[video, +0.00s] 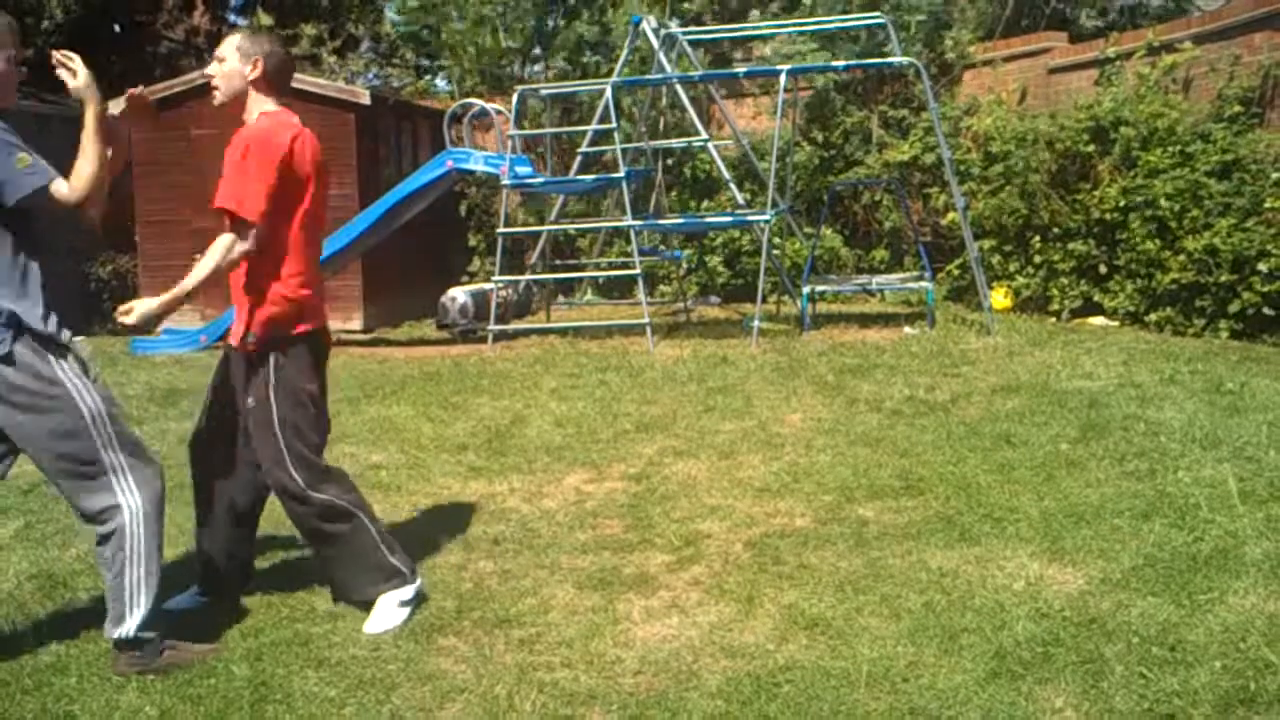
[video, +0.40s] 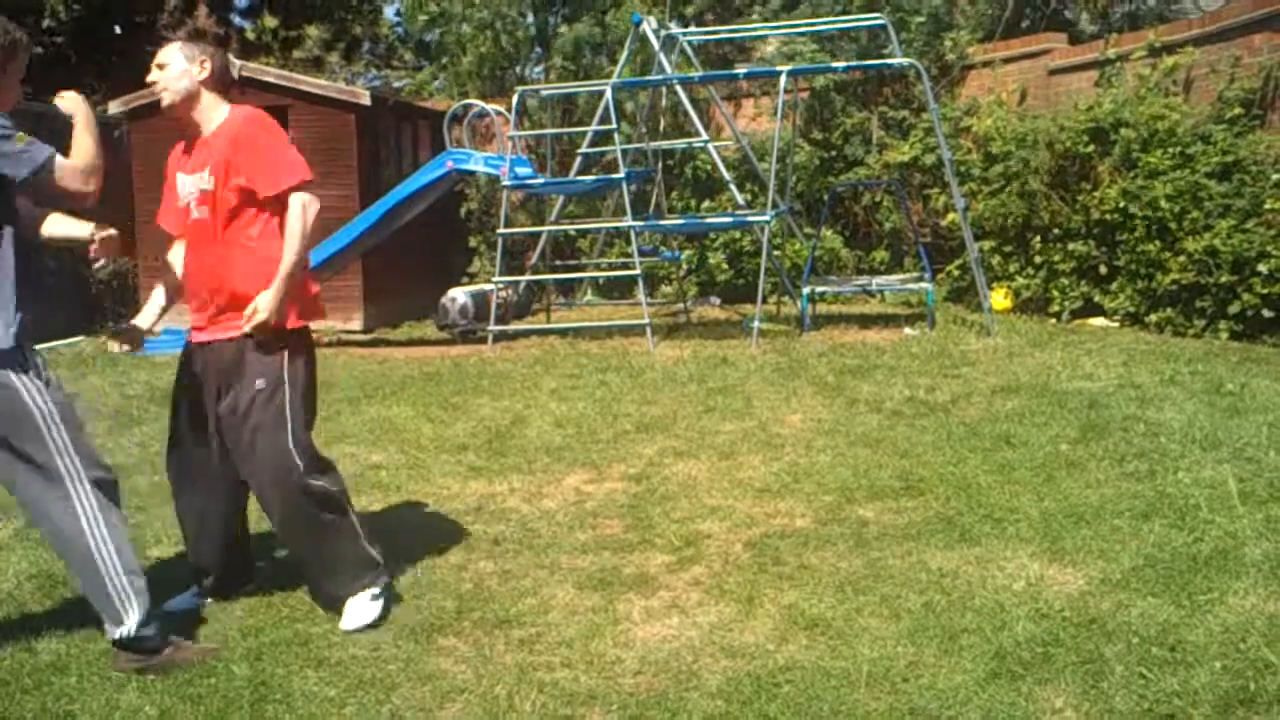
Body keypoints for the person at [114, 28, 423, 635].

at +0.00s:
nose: (210, 73)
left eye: (220, 62)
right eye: (214, 61)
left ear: (252, 70)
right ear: (259, 73)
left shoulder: (264, 132)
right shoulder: (294, 133)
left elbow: (239, 239)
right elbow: (295, 239)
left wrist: (162, 301)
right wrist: (249, 316)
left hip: (280, 331)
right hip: (262, 330)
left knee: (295, 470)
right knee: (218, 452)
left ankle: (394, 581)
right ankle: (219, 585)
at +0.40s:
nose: (154, 78)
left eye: (164, 67)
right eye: (154, 68)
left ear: (202, 70)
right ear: (188, 76)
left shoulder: (249, 125)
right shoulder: (182, 154)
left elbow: (304, 201)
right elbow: (183, 246)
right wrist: (146, 315)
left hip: (264, 334)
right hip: (206, 340)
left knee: (281, 463)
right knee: (196, 463)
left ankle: (362, 579)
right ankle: (220, 575)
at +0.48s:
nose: (154, 77)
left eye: (165, 65)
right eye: (154, 67)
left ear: (204, 68)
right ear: (181, 73)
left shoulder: (270, 128)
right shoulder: (159, 156)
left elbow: (332, 195)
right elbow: (134, 233)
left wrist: (308, 271)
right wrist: (115, 254)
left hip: (270, 327)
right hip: (201, 336)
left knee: (285, 463)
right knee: (187, 463)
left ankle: (342, 585)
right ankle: (222, 574)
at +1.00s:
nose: (107, 99)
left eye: (119, 90)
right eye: (108, 89)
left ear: (160, 100)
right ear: (153, 102)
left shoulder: (170, 157)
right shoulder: (189, 153)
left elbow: (114, 245)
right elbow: (247, 218)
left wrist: (34, 277)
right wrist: (254, 262)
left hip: (198, 363)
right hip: (146, 358)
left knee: (242, 488)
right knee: (89, 484)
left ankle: (333, 591)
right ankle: (101, 602)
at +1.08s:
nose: (102, 86)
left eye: (115, 78)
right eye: (103, 76)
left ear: (157, 90)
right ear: (140, 90)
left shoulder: (182, 153)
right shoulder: (140, 158)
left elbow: (154, 251)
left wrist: (69, 299)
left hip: (193, 358)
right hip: (131, 358)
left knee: (246, 482)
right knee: (87, 484)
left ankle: (331, 589)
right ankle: (101, 602)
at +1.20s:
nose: (126, 81)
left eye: (140, 72)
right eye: (122, 69)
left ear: (181, 81)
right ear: (120, 73)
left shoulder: (225, 157)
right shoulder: (115, 122)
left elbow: (249, 250)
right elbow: (62, 142)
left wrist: (196, 320)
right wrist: (8, 138)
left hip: (200, 350)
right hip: (116, 352)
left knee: (258, 471)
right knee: (101, 486)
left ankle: (323, 586)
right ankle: (106, 604)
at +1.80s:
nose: (232, 67)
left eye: (243, 53)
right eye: (227, 55)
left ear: (278, 54)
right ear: (230, 61)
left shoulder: (318, 114)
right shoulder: (263, 129)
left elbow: (330, 93)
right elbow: (296, 225)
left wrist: (289, 44)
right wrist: (271, 264)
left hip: (343, 338)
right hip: (296, 341)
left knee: (354, 482)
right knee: (273, 482)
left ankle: (492, 608)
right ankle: (322, 613)